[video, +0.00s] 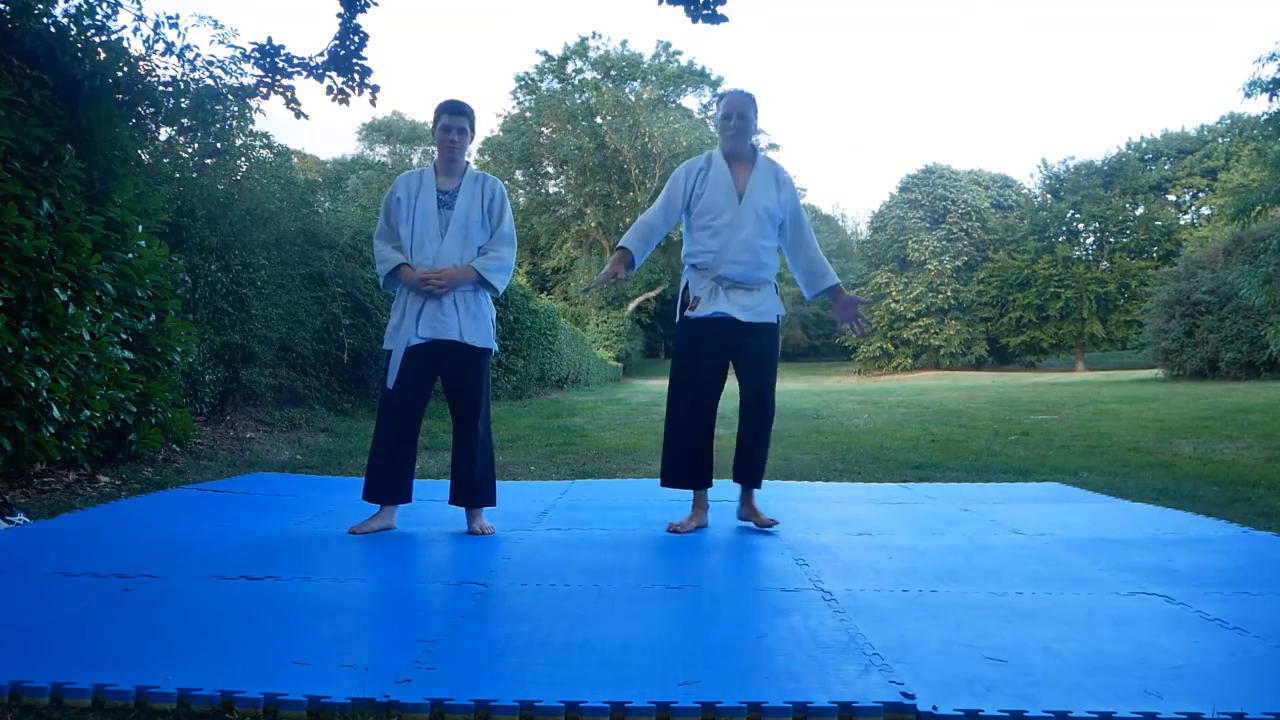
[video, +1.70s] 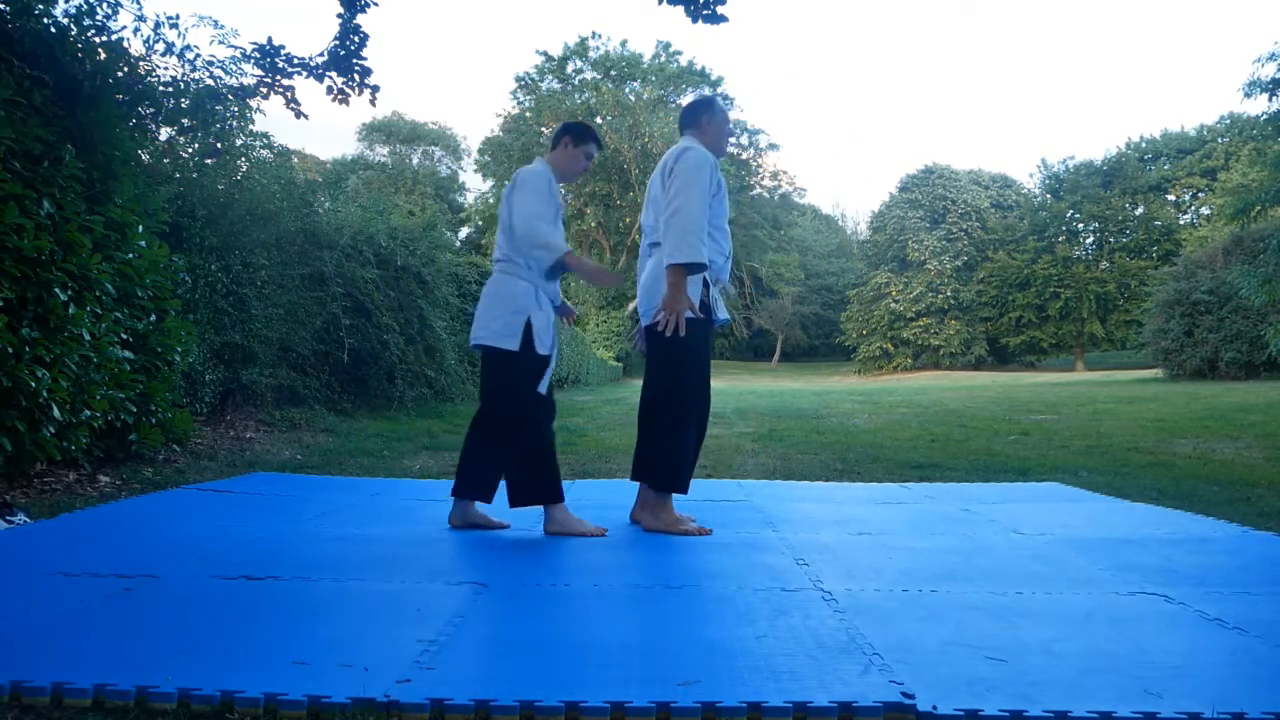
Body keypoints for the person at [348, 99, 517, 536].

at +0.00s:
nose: (452, 137)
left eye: (460, 131)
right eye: (446, 129)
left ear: (472, 139)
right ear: (433, 134)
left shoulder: (491, 190)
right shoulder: (405, 186)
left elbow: (503, 256)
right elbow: (383, 246)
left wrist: (457, 275)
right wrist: (412, 276)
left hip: (469, 321)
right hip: (413, 319)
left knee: (472, 420)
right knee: (397, 415)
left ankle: (475, 513)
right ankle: (387, 510)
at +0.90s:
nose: (502, 156)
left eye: (505, 150)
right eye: (499, 147)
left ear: (490, 146)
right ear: (474, 136)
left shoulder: (488, 197)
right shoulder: (425, 177)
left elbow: (488, 259)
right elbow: (401, 240)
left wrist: (496, 301)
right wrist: (431, 288)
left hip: (469, 323)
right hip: (417, 316)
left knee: (478, 407)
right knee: (396, 412)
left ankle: (464, 507)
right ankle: (387, 510)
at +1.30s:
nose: (553, 167)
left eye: (557, 162)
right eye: (552, 157)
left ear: (540, 156)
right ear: (529, 144)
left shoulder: (525, 209)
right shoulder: (485, 174)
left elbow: (520, 271)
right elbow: (457, 222)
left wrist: (523, 320)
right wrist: (445, 273)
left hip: (500, 317)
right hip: (462, 306)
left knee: (488, 412)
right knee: (447, 404)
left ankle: (463, 505)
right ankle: (422, 497)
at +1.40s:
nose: (557, 168)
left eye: (562, 163)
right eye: (557, 158)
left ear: (544, 154)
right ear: (536, 145)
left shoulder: (528, 207)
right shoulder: (496, 174)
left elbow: (523, 272)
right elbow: (468, 221)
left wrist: (531, 318)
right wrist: (463, 268)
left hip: (502, 320)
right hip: (471, 311)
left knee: (490, 409)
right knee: (466, 406)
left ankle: (465, 503)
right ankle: (455, 503)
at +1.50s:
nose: (567, 170)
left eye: (572, 164)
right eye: (567, 159)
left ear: (551, 155)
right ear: (545, 147)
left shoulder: (532, 199)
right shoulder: (510, 175)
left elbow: (529, 269)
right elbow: (486, 223)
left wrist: (541, 314)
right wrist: (501, 268)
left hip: (507, 315)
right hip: (491, 310)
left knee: (478, 408)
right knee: (505, 406)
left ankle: (461, 506)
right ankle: (512, 509)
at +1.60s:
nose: (573, 170)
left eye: (578, 164)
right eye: (573, 159)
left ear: (554, 152)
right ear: (552, 147)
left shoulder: (533, 190)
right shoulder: (519, 175)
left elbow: (528, 262)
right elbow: (500, 229)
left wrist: (549, 308)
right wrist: (531, 263)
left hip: (511, 310)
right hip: (499, 307)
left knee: (483, 407)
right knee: (517, 408)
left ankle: (462, 506)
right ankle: (543, 511)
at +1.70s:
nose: (587, 167)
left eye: (591, 161)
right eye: (585, 157)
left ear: (566, 149)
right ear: (564, 144)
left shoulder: (546, 188)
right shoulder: (534, 176)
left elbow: (530, 257)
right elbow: (531, 233)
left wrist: (555, 301)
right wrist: (581, 263)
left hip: (524, 306)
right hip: (516, 305)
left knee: (498, 406)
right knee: (535, 409)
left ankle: (464, 505)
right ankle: (556, 513)